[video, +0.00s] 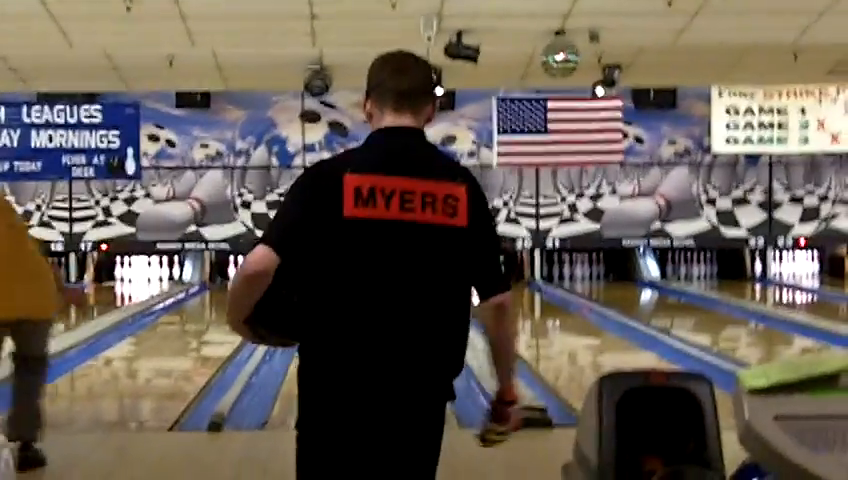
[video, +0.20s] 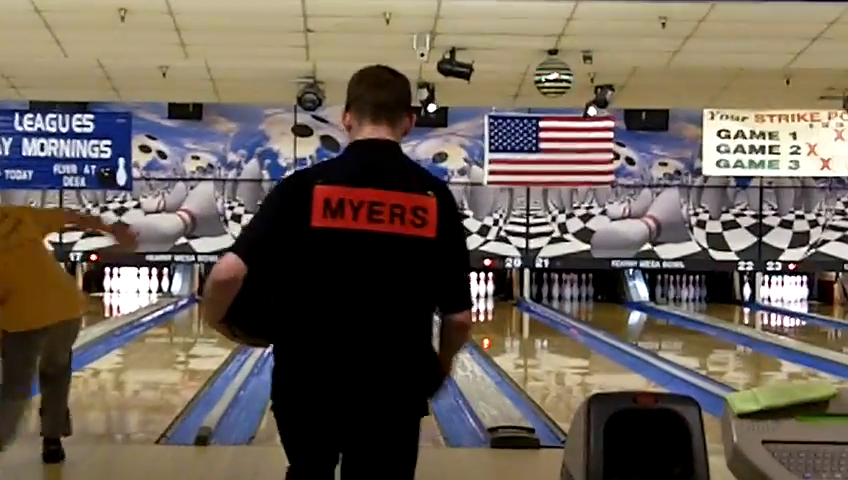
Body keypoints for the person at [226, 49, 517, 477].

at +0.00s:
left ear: (367, 106)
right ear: (432, 109)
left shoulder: (325, 177)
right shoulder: (461, 187)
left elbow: (256, 267)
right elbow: (497, 301)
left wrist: (240, 319)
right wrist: (506, 383)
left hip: (333, 392)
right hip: (419, 397)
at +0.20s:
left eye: (344, 113)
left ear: (346, 118)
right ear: (409, 120)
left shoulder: (302, 186)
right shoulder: (435, 197)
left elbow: (227, 272)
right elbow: (459, 317)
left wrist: (214, 318)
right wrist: (443, 363)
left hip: (306, 390)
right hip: (391, 396)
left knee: (307, 473)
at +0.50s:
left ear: (333, 123)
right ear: (394, 126)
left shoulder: (285, 184)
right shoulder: (412, 201)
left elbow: (202, 267)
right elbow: (431, 316)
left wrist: (223, 310)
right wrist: (417, 345)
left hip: (278, 383)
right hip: (359, 389)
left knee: (285, 477)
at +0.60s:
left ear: (337, 123)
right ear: (396, 129)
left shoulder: (288, 178)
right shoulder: (414, 200)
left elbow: (202, 252)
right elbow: (428, 316)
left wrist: (204, 300)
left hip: (276, 385)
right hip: (356, 392)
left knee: (286, 478)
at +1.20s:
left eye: (325, 115)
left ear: (325, 118)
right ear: (385, 122)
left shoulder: (278, 182)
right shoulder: (403, 202)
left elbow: (192, 244)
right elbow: (427, 313)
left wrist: (196, 302)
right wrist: (397, 263)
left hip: (266, 382)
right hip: (348, 389)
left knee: (285, 472)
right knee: (342, 478)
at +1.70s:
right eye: (335, 67)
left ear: (276, 73)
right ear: (334, 72)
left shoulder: (243, 147)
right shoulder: (365, 146)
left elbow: (187, 240)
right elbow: (381, 258)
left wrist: (207, 286)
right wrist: (377, 262)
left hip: (259, 338)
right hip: (337, 338)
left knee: (265, 467)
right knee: (335, 467)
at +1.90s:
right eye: (330, 62)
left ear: (273, 69)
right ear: (330, 68)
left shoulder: (242, 146)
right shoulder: (363, 142)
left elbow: (189, 244)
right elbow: (385, 250)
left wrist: (222, 284)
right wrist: (357, 252)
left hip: (261, 333)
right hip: (337, 333)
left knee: (265, 465)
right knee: (331, 462)